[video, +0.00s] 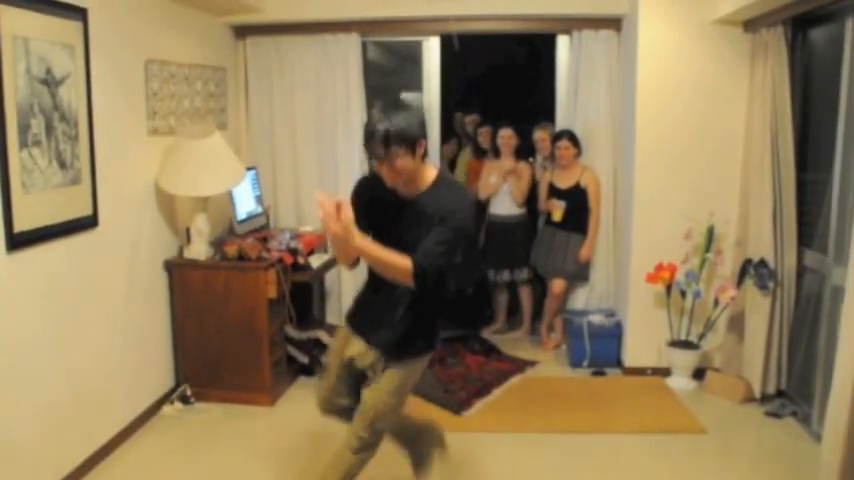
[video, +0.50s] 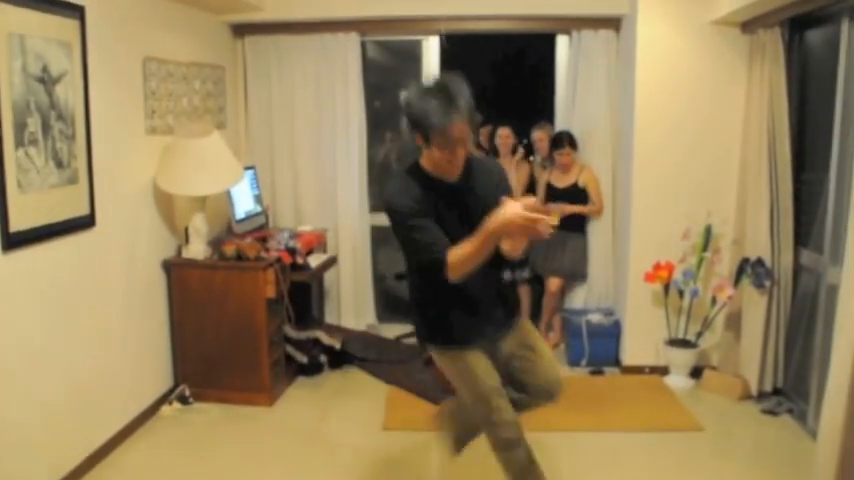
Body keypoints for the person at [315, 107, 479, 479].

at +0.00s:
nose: (384, 170)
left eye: (392, 160)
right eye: (378, 161)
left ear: (419, 149)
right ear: (371, 157)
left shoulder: (457, 206)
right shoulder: (371, 189)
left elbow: (420, 275)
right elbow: (350, 259)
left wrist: (354, 239)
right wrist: (339, 228)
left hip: (409, 339)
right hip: (365, 318)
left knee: (364, 433)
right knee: (333, 400)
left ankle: (330, 475)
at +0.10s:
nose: (382, 166)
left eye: (391, 154)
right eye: (375, 156)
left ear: (418, 149)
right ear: (368, 155)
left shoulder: (458, 204)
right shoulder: (369, 199)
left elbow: (447, 275)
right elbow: (363, 272)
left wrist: (375, 259)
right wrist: (344, 256)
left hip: (435, 335)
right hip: (388, 329)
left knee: (396, 421)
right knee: (384, 410)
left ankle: (357, 473)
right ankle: (443, 470)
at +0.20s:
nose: (393, 151)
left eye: (401, 139)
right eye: (385, 142)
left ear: (423, 140)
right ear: (375, 147)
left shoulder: (460, 190)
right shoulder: (372, 199)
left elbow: (465, 260)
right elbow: (382, 270)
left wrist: (424, 241)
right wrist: (356, 252)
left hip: (453, 316)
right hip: (402, 320)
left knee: (435, 407)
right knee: (409, 413)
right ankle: (449, 469)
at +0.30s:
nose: (412, 131)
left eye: (418, 118)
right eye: (399, 124)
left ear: (433, 121)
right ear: (385, 134)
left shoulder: (462, 168)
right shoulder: (376, 189)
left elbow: (485, 243)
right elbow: (404, 260)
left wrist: (476, 213)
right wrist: (378, 244)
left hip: (466, 293)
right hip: (416, 303)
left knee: (467, 375)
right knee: (430, 406)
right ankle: (448, 467)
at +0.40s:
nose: (442, 128)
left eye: (447, 116)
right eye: (431, 119)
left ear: (456, 112)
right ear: (406, 122)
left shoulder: (481, 155)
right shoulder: (391, 175)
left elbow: (508, 232)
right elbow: (427, 253)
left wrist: (501, 214)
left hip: (482, 283)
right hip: (433, 297)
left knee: (520, 370)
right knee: (476, 404)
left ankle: (480, 421)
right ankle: (492, 472)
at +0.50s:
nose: (459, 157)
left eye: (465, 144)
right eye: (447, 147)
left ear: (472, 135)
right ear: (422, 142)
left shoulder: (486, 172)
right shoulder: (405, 195)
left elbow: (512, 251)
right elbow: (449, 269)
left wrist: (521, 226)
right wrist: (496, 225)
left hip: (496, 311)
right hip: (449, 327)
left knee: (545, 383)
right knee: (499, 418)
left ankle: (456, 420)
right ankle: (529, 476)